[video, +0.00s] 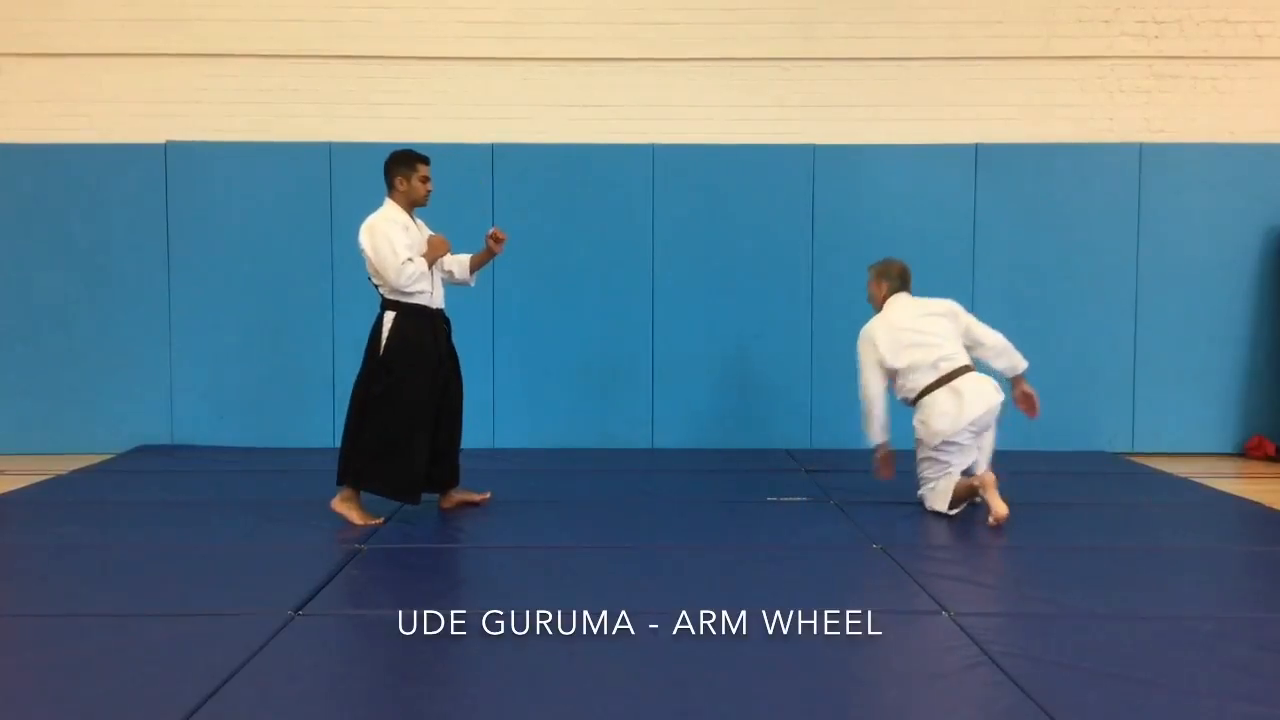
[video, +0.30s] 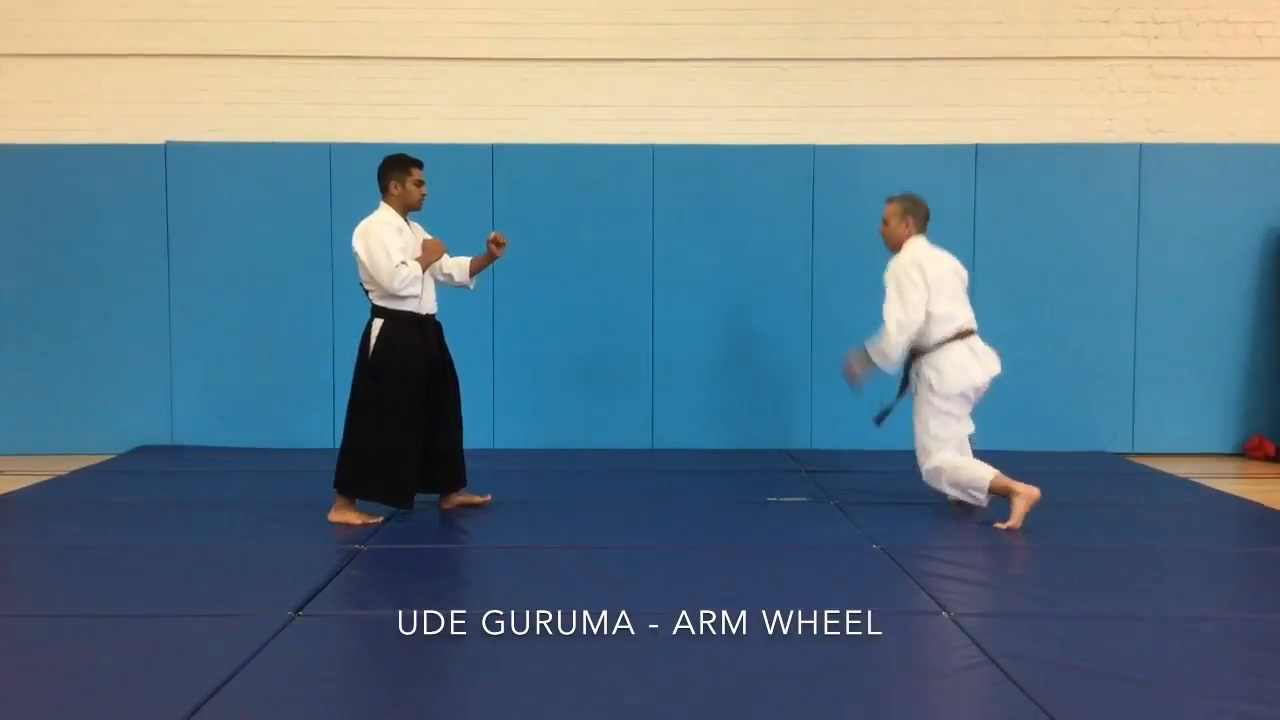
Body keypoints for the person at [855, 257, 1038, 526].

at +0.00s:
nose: (868, 291)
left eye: (871, 284)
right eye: (869, 284)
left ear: (882, 287)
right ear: (906, 286)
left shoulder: (873, 332)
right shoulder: (943, 307)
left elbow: (872, 392)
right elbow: (992, 341)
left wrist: (881, 445)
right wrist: (1018, 380)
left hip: (939, 413)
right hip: (982, 394)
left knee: (934, 492)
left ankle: (977, 483)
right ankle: (984, 488)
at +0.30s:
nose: (881, 229)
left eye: (886, 222)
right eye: (882, 221)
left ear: (907, 225)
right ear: (912, 226)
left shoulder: (904, 265)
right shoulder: (945, 259)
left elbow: (901, 328)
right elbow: (952, 316)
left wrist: (865, 359)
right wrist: (919, 354)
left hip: (943, 364)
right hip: (972, 355)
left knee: (935, 461)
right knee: (954, 439)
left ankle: (1016, 491)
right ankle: (965, 500)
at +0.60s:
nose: (844, 200)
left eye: (849, 193)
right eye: (844, 193)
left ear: (873, 194)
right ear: (876, 196)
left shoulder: (880, 231)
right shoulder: (900, 227)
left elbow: (837, 268)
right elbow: (871, 287)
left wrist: (817, 241)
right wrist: (836, 281)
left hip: (912, 334)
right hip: (937, 330)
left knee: (850, 401)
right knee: (926, 417)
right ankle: (970, 490)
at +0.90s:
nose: (764, 179)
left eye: (771, 172)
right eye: (766, 172)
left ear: (795, 177)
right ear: (796, 179)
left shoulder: (804, 221)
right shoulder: (824, 218)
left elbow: (757, 250)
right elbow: (862, 251)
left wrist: (756, 203)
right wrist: (831, 275)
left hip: (807, 335)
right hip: (815, 332)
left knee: (772, 417)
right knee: (800, 418)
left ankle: (790, 508)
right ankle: (854, 457)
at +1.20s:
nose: (673, 184)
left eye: (679, 176)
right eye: (672, 177)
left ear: (705, 180)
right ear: (691, 182)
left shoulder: (743, 230)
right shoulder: (673, 227)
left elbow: (760, 282)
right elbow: (635, 237)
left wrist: (741, 322)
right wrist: (606, 222)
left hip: (725, 334)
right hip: (684, 334)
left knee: (737, 425)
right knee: (634, 409)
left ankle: (787, 502)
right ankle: (584, 482)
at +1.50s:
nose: (579, 181)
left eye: (585, 172)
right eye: (578, 173)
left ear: (612, 172)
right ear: (601, 175)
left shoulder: (659, 215)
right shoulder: (580, 223)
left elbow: (686, 267)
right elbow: (532, 235)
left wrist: (697, 319)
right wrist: (479, 234)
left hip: (657, 324)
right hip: (616, 328)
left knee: (677, 411)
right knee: (590, 411)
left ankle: (722, 495)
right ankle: (576, 499)